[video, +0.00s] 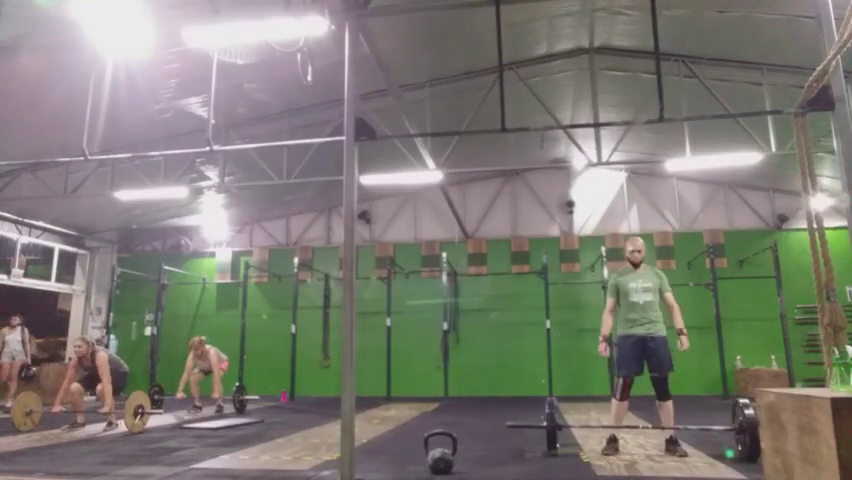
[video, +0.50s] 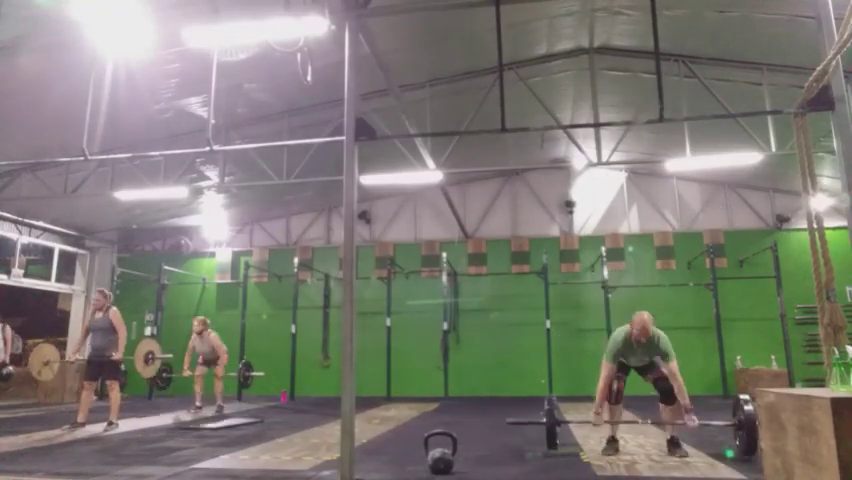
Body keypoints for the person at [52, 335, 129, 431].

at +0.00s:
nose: (77, 350)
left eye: (80, 347)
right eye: (75, 347)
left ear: (88, 347)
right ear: (73, 348)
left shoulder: (100, 356)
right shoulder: (76, 360)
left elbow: (107, 381)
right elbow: (67, 381)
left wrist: (107, 405)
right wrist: (58, 403)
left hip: (118, 374)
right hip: (98, 375)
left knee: (101, 389)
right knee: (75, 389)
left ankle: (112, 420)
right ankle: (80, 420)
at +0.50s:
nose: (94, 302)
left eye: (98, 300)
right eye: (94, 300)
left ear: (106, 301)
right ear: (94, 300)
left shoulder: (112, 312)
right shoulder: (93, 314)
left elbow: (122, 331)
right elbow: (85, 333)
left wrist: (120, 352)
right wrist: (76, 351)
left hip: (110, 355)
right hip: (94, 355)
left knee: (113, 385)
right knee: (88, 386)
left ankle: (113, 420)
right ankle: (80, 420)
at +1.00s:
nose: (85, 347)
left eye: (88, 345)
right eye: (84, 345)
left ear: (96, 343)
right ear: (82, 344)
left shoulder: (108, 351)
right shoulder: (86, 351)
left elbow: (113, 376)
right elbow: (77, 374)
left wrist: (114, 399)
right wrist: (66, 397)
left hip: (120, 373)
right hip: (100, 373)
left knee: (105, 387)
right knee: (78, 387)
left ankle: (112, 421)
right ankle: (80, 421)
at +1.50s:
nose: (85, 348)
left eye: (88, 345)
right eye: (84, 345)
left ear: (96, 344)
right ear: (83, 344)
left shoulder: (108, 351)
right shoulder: (85, 351)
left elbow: (114, 376)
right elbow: (76, 374)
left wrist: (114, 400)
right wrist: (67, 397)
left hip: (121, 370)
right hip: (102, 370)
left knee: (106, 387)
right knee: (80, 387)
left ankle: (112, 421)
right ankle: (80, 420)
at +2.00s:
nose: (85, 334)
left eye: (88, 331)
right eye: (84, 331)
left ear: (96, 328)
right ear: (82, 330)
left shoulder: (108, 336)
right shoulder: (86, 337)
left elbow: (114, 361)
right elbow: (78, 360)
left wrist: (114, 382)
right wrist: (67, 382)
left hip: (120, 362)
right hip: (102, 362)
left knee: (110, 386)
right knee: (82, 386)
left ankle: (112, 421)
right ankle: (80, 421)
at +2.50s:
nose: (93, 311)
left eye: (96, 308)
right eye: (92, 308)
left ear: (104, 307)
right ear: (91, 308)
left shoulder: (111, 317)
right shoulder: (91, 319)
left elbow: (119, 339)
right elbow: (84, 339)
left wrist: (120, 361)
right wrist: (74, 358)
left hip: (111, 358)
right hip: (96, 358)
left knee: (111, 384)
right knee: (85, 385)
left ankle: (112, 420)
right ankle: (80, 420)